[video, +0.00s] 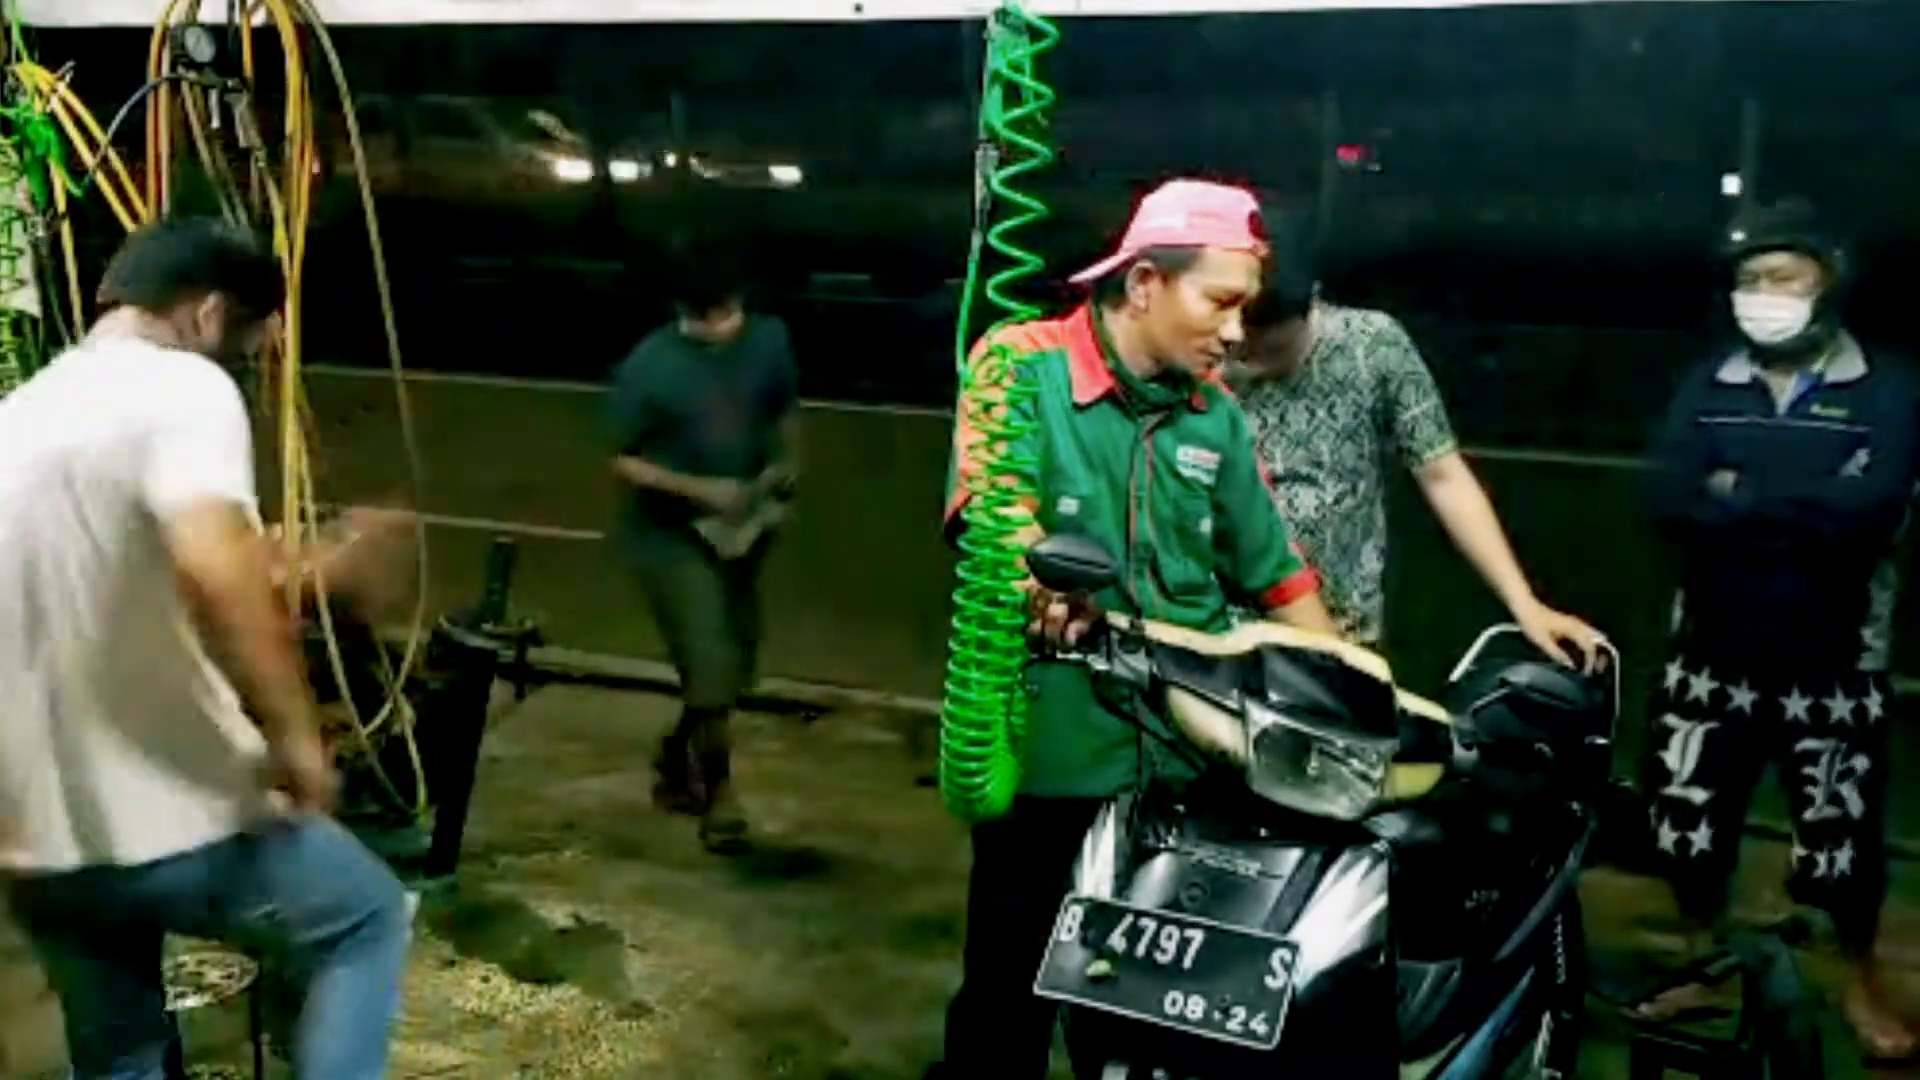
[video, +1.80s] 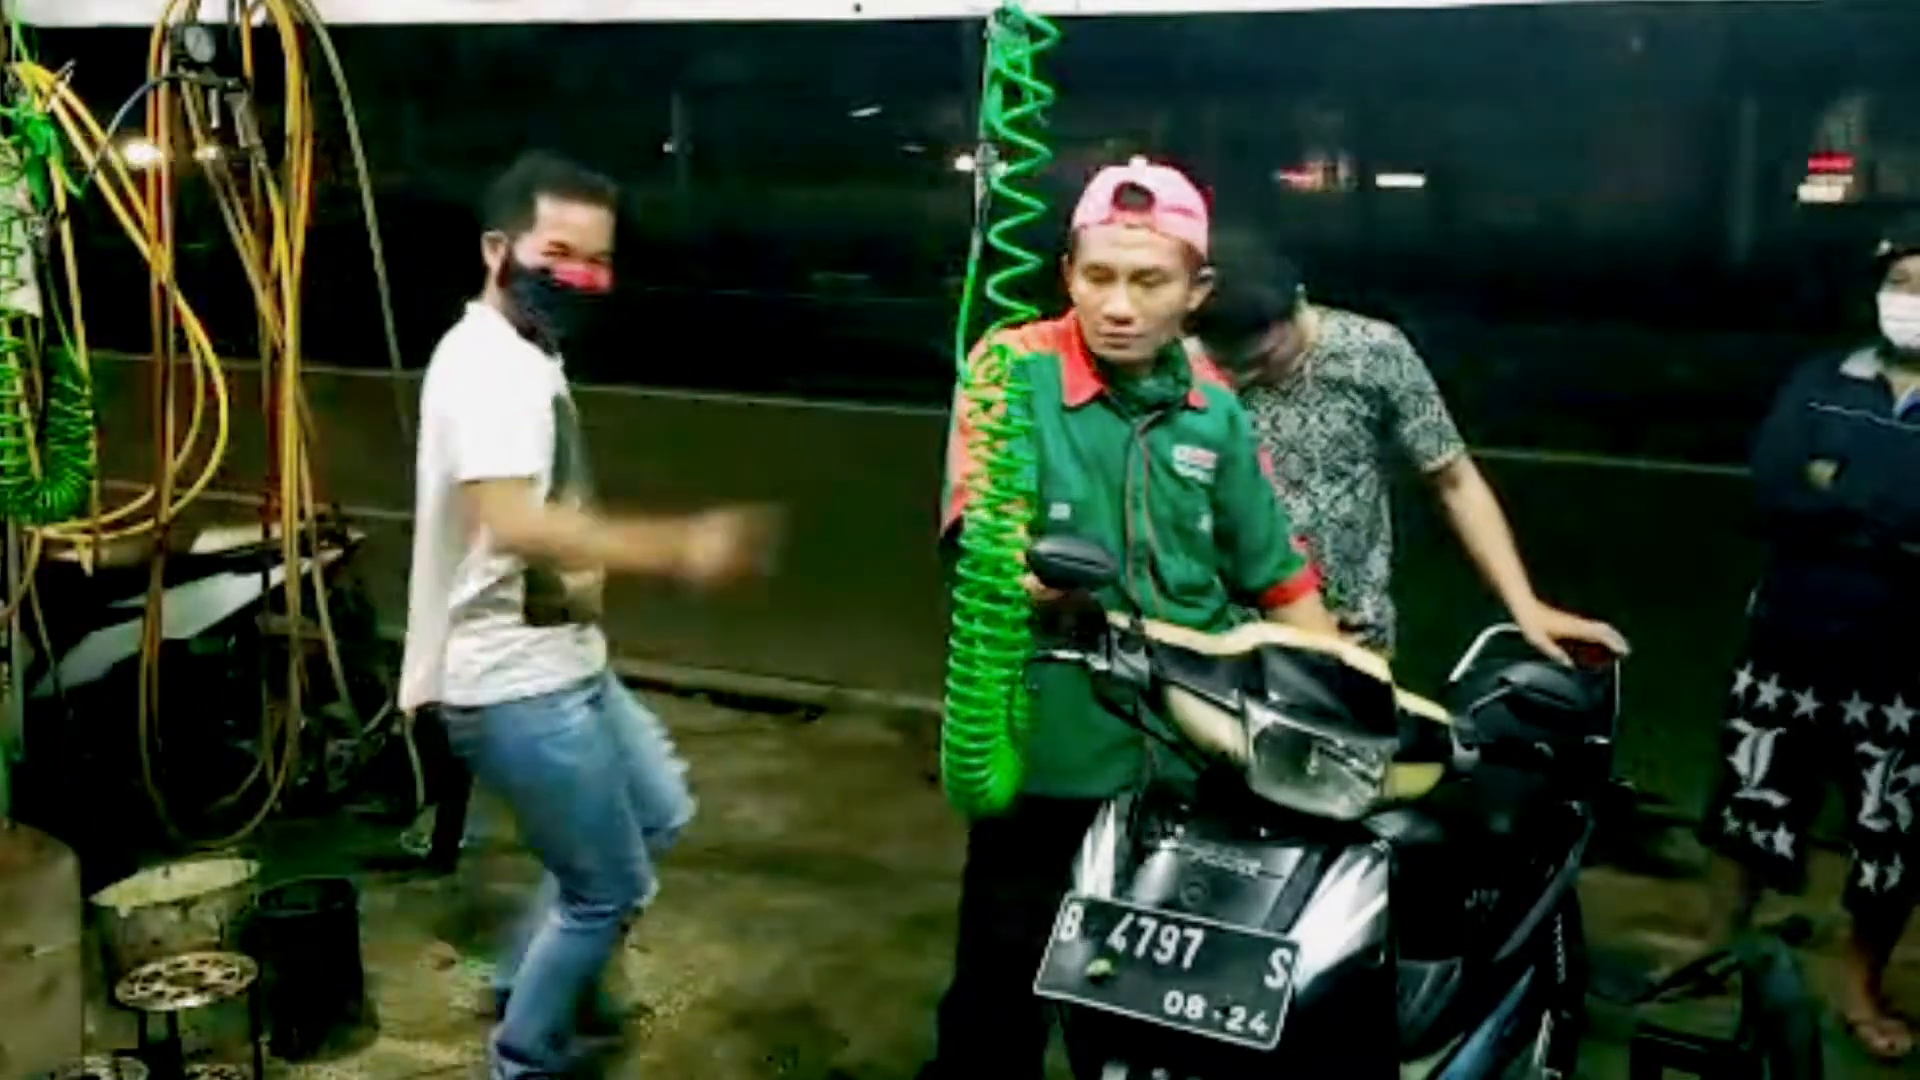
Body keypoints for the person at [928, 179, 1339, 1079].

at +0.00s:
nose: (1233, 329)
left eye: (1243, 310)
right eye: (1220, 302)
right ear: (1146, 283)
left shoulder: (1217, 420)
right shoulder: (1019, 366)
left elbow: (1283, 581)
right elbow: (987, 505)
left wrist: (1342, 696)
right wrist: (1043, 592)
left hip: (1185, 761)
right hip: (1046, 758)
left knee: (1155, 1015)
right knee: (1005, 1014)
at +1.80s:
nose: (1119, 305)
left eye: (1148, 281)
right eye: (1099, 277)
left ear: (1196, 289)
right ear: (1070, 276)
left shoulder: (1216, 414)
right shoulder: (1014, 372)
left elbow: (1286, 585)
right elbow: (974, 518)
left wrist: (1341, 701)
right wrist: (1030, 577)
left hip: (1184, 756)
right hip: (1042, 754)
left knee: (1155, 1015)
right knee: (996, 1015)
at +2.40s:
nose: (992, 334)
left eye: (1018, 310)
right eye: (974, 307)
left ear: (1089, 303)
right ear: (954, 300)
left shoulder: (1154, 410)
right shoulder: (922, 401)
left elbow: (1259, 596)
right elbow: (899, 586)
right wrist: (1019, 627)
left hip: (1138, 753)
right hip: (979, 753)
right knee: (905, 1007)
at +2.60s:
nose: (903, 345)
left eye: (926, 319)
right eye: (888, 318)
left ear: (1006, 306)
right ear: (873, 308)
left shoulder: (1100, 408)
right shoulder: (861, 418)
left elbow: (1211, 586)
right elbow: (853, 616)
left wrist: (1325, 652)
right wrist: (970, 713)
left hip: (1092, 792)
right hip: (922, 790)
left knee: (1135, 1033)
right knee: (863, 1039)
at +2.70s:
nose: (842, 336)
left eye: (864, 311)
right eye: (829, 312)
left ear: (950, 293)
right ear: (816, 303)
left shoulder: (1054, 404)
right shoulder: (818, 420)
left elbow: (1171, 591)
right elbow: (801, 624)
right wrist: (869, 776)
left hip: (1049, 812)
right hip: (876, 809)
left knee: (1112, 1051)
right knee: (847, 1056)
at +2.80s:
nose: (781, 328)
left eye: (800, 301)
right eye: (771, 302)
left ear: (888, 288)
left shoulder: (1016, 400)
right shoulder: (779, 418)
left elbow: (1112, 577)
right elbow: (734, 610)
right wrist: (742, 779)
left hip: (1011, 817)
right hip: (840, 819)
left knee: (1071, 1054)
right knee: (843, 1058)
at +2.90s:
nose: (757, 321)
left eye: (776, 293)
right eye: (746, 296)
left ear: (864, 275)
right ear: (741, 284)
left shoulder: (990, 396)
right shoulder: (750, 411)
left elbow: (1090, 602)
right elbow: (699, 588)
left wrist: (1101, 799)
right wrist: (658, 740)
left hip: (990, 819)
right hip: (826, 820)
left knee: (1039, 1046)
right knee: (844, 1054)